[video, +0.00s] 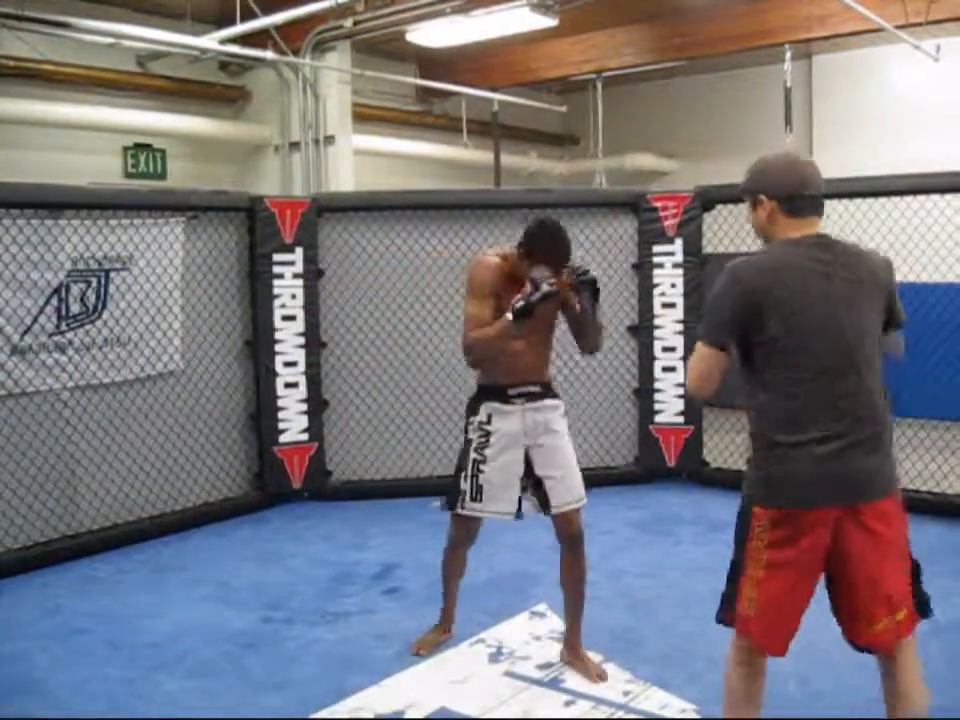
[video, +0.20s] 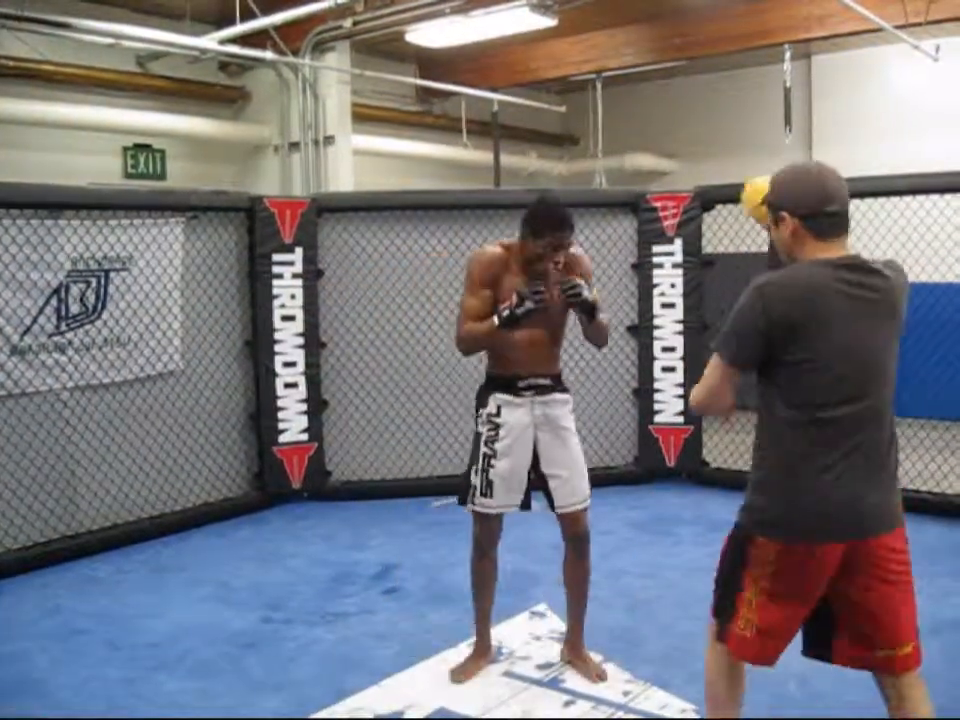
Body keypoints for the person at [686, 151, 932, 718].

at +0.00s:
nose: (749, 217)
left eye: (749, 206)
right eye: (749, 206)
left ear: (765, 206)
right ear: (816, 202)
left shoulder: (744, 277)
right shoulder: (872, 268)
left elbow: (701, 382)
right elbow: (886, 347)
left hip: (784, 487)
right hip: (873, 483)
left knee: (749, 653)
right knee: (898, 649)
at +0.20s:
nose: (770, 232)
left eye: (771, 221)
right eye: (768, 221)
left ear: (790, 224)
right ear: (841, 218)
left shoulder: (772, 294)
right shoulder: (889, 285)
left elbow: (707, 398)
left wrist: (728, 399)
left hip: (789, 514)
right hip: (876, 512)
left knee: (727, 646)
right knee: (903, 675)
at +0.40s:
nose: (707, 237)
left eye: (708, 226)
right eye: (707, 225)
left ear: (723, 229)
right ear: (781, 221)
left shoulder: (723, 298)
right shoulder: (835, 287)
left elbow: (713, 423)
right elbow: (844, 272)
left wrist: (668, 456)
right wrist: (824, 218)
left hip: (772, 513)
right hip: (856, 504)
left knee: (718, 665)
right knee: (892, 677)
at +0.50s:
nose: (667, 222)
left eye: (668, 213)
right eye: (667, 212)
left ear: (682, 218)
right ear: (735, 206)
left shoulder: (691, 284)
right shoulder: (798, 263)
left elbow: (693, 403)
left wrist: (660, 424)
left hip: (756, 498)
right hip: (841, 485)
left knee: (707, 660)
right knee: (886, 665)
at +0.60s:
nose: (644, 229)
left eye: (644, 218)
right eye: (643, 217)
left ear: (657, 219)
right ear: (713, 205)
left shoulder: (660, 281)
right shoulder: (780, 258)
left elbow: (638, 404)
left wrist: (627, 404)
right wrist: (746, 218)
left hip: (736, 491)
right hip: (822, 478)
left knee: (700, 665)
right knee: (871, 666)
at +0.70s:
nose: (626, 226)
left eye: (626, 216)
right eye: (626, 215)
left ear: (637, 217)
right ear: (693, 201)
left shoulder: (635, 288)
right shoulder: (772, 259)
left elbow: (617, 411)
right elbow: (853, 338)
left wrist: (638, 413)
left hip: (718, 496)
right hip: (807, 483)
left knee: (692, 675)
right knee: (851, 668)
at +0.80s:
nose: (627, 217)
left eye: (626, 207)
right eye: (627, 206)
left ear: (636, 208)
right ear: (699, 197)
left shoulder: (627, 285)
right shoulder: (767, 258)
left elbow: (612, 414)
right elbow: (836, 371)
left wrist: (610, 468)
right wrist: (808, 388)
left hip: (698, 501)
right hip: (790, 491)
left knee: (685, 674)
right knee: (836, 671)